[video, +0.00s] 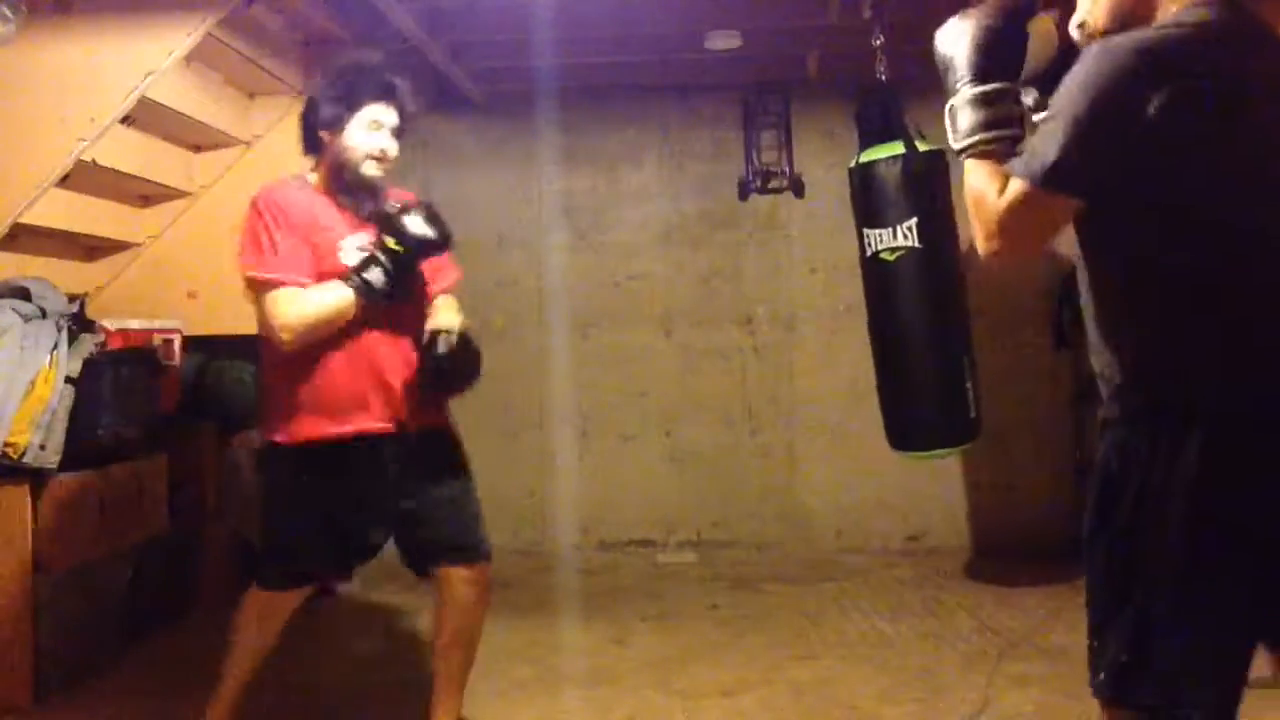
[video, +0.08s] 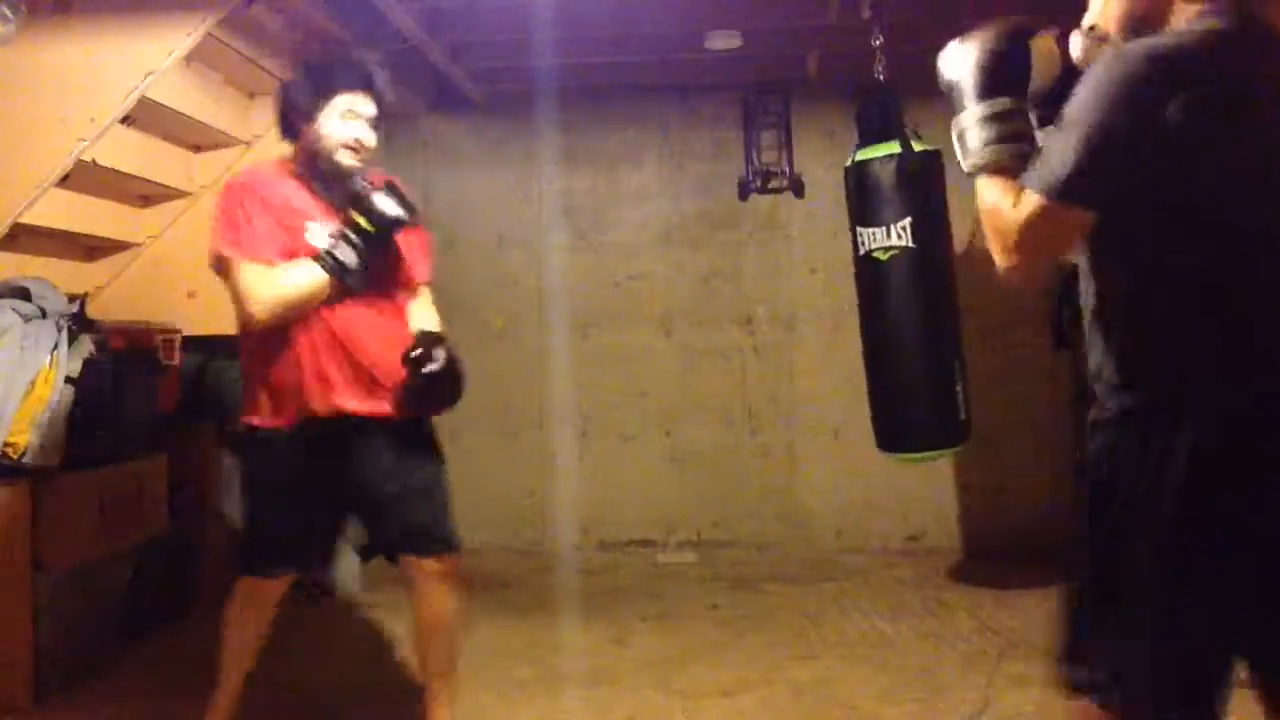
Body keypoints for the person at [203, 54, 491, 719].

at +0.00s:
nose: (389, 144)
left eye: (395, 131)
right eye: (374, 126)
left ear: (401, 138)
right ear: (327, 130)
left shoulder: (408, 211)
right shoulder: (280, 206)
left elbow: (439, 295)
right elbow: (286, 325)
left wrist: (448, 338)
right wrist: (376, 276)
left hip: (416, 434)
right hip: (317, 443)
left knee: (466, 569)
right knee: (285, 582)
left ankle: (446, 712)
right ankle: (220, 709)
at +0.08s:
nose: (366, 135)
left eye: (373, 123)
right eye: (350, 117)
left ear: (379, 130)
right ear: (303, 119)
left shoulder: (390, 200)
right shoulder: (251, 193)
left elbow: (417, 293)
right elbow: (258, 302)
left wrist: (431, 347)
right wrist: (356, 246)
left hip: (391, 420)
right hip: (292, 423)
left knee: (435, 563)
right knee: (267, 573)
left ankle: (440, 708)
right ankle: (223, 707)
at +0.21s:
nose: (321, 123)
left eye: (333, 110)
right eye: (304, 108)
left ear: (346, 121)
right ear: (266, 118)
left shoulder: (376, 186)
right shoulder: (227, 183)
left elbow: (402, 274)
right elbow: (221, 284)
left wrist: (399, 343)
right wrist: (313, 223)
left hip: (357, 404)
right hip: (260, 406)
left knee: (408, 552)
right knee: (249, 562)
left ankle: (401, 696)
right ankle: (218, 703)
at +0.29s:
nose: (304, 129)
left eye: (315, 114)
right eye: (286, 114)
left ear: (327, 121)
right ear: (249, 124)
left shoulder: (360, 187)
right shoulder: (218, 197)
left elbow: (397, 276)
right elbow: (209, 292)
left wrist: (395, 347)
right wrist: (293, 228)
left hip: (348, 411)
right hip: (252, 414)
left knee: (381, 549)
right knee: (239, 560)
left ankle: (337, 671)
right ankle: (219, 699)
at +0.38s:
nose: (291, 139)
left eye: (301, 124)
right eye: (272, 126)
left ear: (317, 127)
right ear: (240, 137)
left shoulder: (355, 192)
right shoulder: (212, 208)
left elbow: (399, 282)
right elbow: (204, 310)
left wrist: (394, 343)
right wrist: (281, 242)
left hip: (343, 418)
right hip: (245, 420)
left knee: (357, 565)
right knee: (234, 563)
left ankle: (302, 682)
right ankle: (217, 702)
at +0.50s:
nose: (303, 131)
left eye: (315, 117)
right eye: (285, 117)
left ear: (330, 122)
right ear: (252, 125)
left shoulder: (364, 184)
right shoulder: (218, 196)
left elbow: (402, 269)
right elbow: (206, 302)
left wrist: (395, 313)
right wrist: (276, 243)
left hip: (346, 411)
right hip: (246, 412)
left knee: (387, 547)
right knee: (234, 557)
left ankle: (330, 678)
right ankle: (217, 703)